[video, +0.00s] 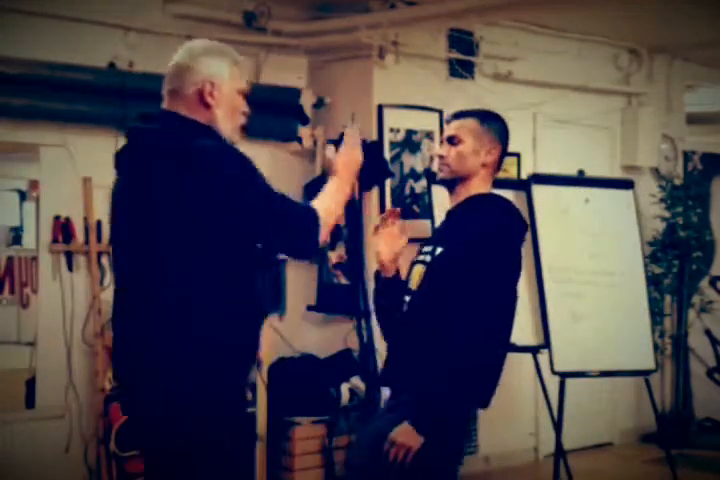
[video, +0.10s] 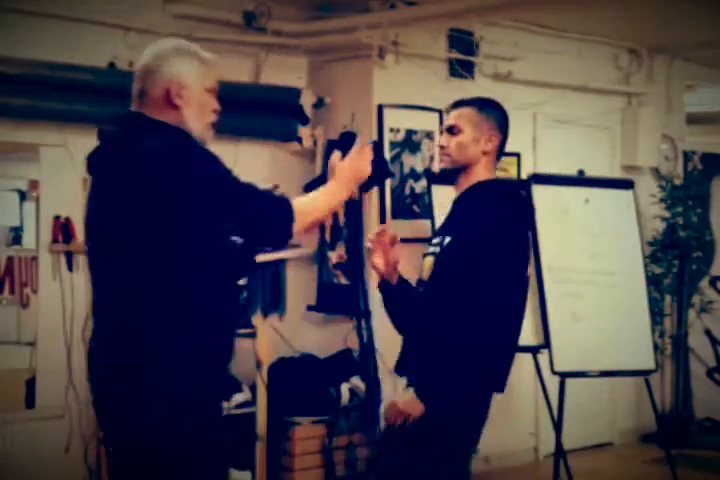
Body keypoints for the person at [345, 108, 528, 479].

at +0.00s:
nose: (439, 151)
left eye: (453, 142)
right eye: (442, 143)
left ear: (489, 156)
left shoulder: (493, 220)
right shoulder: (452, 225)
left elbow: (475, 336)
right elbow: (401, 334)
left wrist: (423, 421)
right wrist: (388, 268)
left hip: (439, 410)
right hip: (408, 400)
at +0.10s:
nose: (440, 141)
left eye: (453, 132)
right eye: (442, 132)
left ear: (489, 142)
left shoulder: (493, 207)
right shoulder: (468, 207)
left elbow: (474, 318)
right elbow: (422, 324)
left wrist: (421, 394)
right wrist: (392, 279)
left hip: (453, 395)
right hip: (439, 391)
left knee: (418, 472)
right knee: (433, 471)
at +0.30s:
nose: (435, 126)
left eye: (447, 115)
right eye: (437, 117)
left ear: (483, 124)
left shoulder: (497, 188)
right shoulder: (478, 190)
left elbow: (479, 310)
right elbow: (455, 310)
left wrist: (398, 355)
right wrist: (398, 297)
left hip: (496, 365)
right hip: (484, 360)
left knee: (441, 469)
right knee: (476, 470)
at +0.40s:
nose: (433, 124)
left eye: (444, 113)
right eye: (434, 114)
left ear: (480, 121)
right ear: (476, 124)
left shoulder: (493, 186)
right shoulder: (489, 182)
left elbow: (476, 307)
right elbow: (472, 301)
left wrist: (389, 352)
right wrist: (410, 301)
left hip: (508, 367)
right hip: (505, 362)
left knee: (481, 471)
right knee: (484, 470)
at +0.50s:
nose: (437, 131)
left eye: (447, 119)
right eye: (437, 121)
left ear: (484, 124)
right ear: (479, 126)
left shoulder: (506, 188)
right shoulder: (486, 189)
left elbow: (491, 311)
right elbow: (482, 300)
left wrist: (399, 330)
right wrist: (426, 300)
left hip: (528, 366)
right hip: (511, 364)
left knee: (507, 470)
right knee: (511, 469)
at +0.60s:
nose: (453, 139)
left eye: (463, 126)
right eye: (452, 128)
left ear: (499, 129)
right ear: (495, 132)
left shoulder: (533, 197)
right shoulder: (475, 212)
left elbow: (513, 320)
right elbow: (485, 310)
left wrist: (434, 300)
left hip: (542, 374)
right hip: (509, 373)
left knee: (499, 470)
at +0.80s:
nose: (477, 154)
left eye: (486, 141)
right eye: (474, 144)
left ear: (522, 136)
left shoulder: (578, 212)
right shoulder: (475, 219)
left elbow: (611, 312)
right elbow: (471, 316)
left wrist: (535, 275)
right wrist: (437, 298)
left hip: (555, 373)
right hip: (501, 372)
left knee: (511, 467)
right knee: (536, 468)